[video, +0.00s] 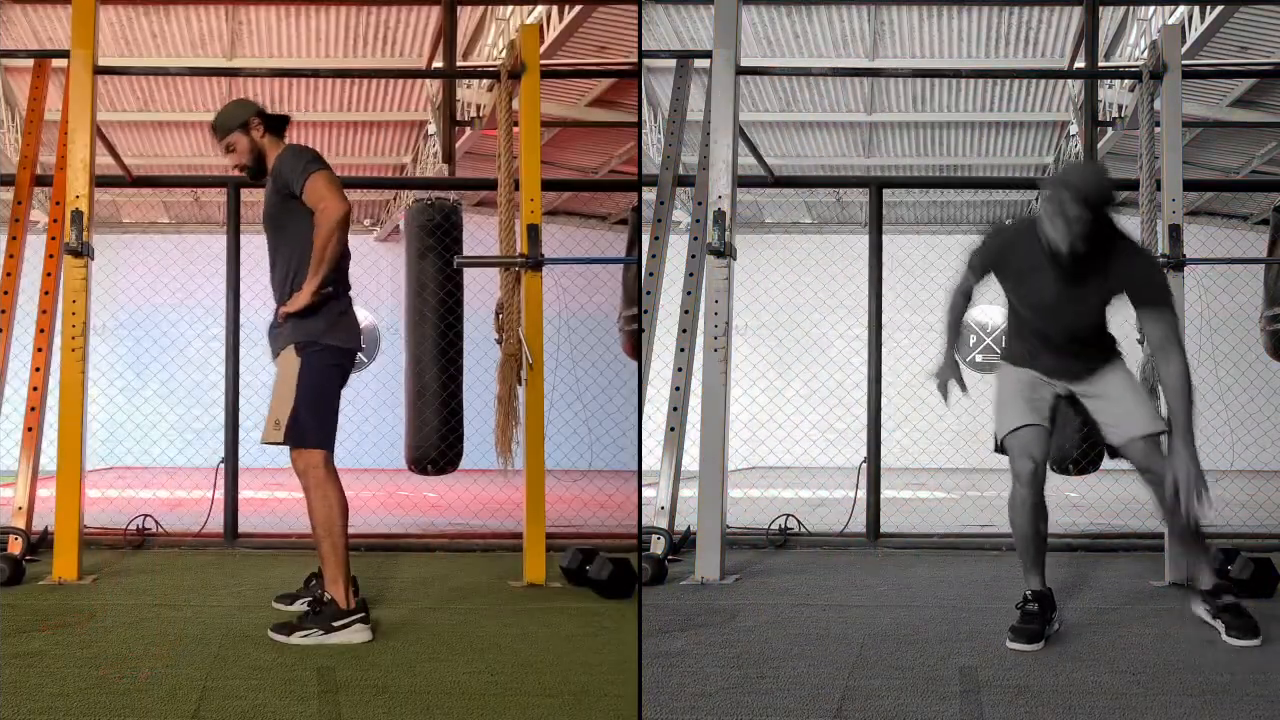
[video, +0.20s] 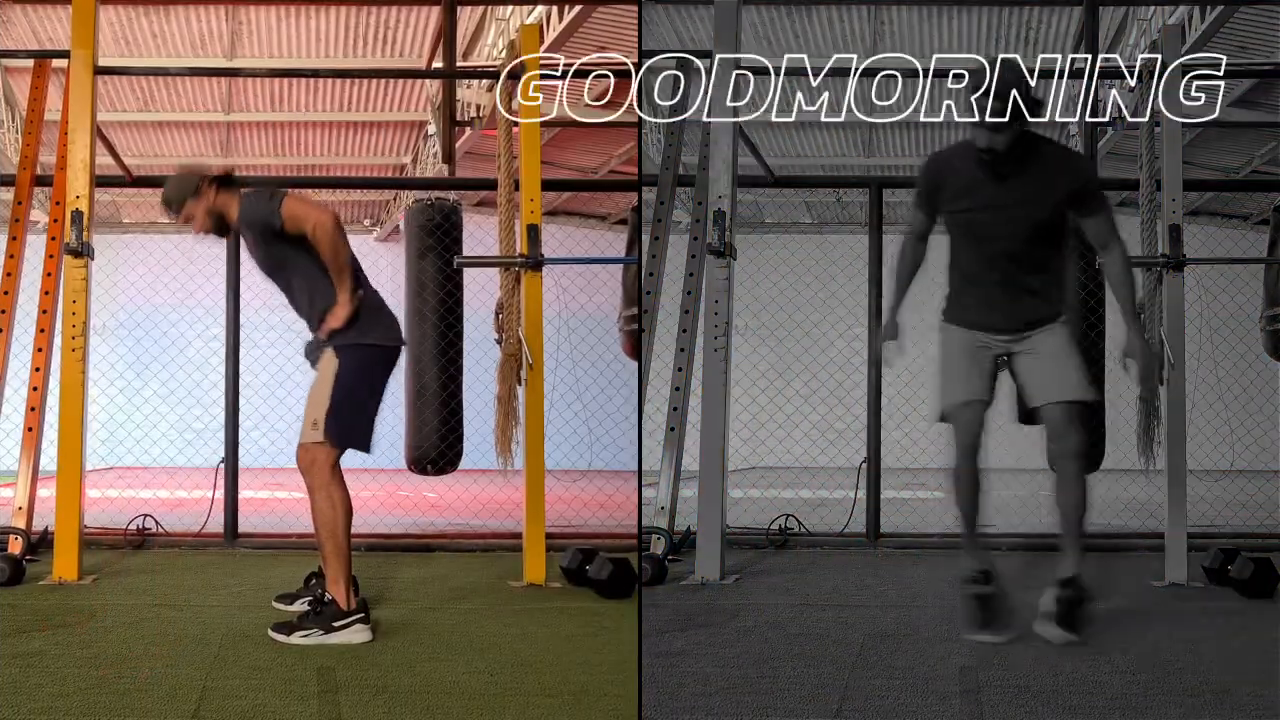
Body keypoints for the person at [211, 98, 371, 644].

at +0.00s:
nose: (230, 158)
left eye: (231, 146)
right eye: (224, 150)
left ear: (256, 129)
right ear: (255, 132)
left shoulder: (293, 159)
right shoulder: (285, 174)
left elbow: (334, 209)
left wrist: (310, 288)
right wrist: (301, 298)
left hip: (317, 340)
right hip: (312, 340)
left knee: (311, 462)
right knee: (310, 462)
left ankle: (342, 603)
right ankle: (332, 582)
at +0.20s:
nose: (193, 227)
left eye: (188, 215)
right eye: (185, 220)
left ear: (206, 191)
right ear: (207, 192)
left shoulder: (253, 206)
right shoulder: (250, 216)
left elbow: (323, 220)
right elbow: (320, 225)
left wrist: (344, 298)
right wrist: (330, 310)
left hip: (356, 339)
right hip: (349, 340)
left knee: (316, 458)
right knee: (317, 458)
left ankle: (342, 606)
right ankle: (337, 580)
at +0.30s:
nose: (183, 282)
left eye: (178, 272)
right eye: (177, 277)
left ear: (190, 249)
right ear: (192, 249)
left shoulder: (243, 248)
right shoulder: (241, 255)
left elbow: (319, 249)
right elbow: (315, 248)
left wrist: (358, 317)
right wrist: (345, 322)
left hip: (373, 347)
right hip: (366, 347)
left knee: (315, 458)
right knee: (320, 459)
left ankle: (342, 603)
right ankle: (335, 580)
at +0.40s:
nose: (185, 335)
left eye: (177, 326)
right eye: (175, 331)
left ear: (186, 300)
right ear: (188, 299)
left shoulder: (237, 288)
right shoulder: (235, 303)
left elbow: (316, 274)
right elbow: (313, 277)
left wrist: (367, 326)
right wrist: (344, 346)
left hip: (384, 353)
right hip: (376, 354)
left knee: (318, 457)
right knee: (319, 458)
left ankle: (342, 603)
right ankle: (337, 583)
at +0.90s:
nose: (175, 300)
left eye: (170, 289)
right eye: (169, 293)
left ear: (182, 272)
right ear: (184, 270)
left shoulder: (234, 268)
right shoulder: (235, 280)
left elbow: (317, 256)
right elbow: (314, 258)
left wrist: (360, 319)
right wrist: (344, 333)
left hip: (375, 345)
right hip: (367, 346)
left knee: (315, 457)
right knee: (317, 457)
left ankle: (342, 603)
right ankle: (336, 582)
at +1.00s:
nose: (177, 238)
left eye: (175, 227)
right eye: (172, 229)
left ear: (196, 211)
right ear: (196, 213)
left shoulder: (248, 222)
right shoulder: (242, 236)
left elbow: (326, 231)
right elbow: (321, 236)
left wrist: (349, 307)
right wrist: (336, 316)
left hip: (361, 342)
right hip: (353, 342)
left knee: (313, 457)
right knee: (316, 457)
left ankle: (341, 605)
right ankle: (336, 579)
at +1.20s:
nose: (212, 161)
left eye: (213, 149)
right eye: (209, 152)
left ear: (237, 137)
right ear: (237, 137)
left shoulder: (282, 165)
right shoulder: (273, 178)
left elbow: (337, 206)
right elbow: (334, 212)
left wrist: (323, 287)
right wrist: (314, 293)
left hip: (333, 337)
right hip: (326, 337)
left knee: (313, 458)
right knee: (313, 458)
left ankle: (342, 604)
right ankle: (334, 579)